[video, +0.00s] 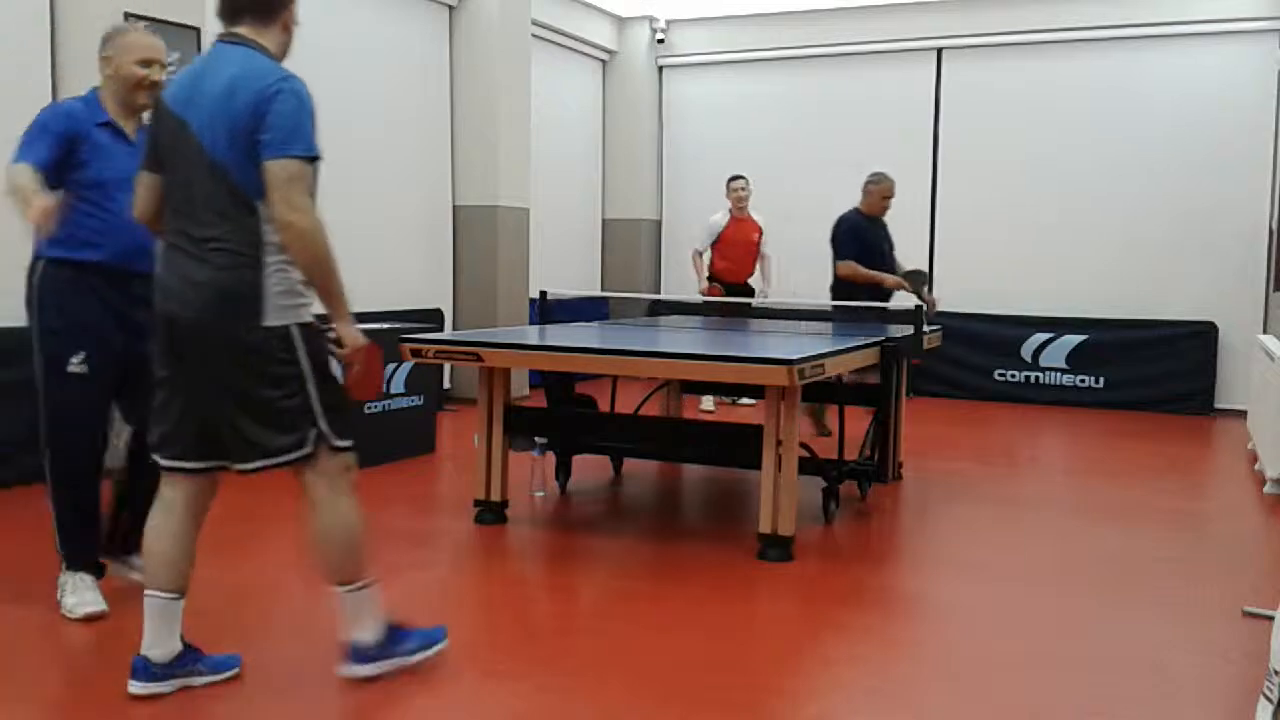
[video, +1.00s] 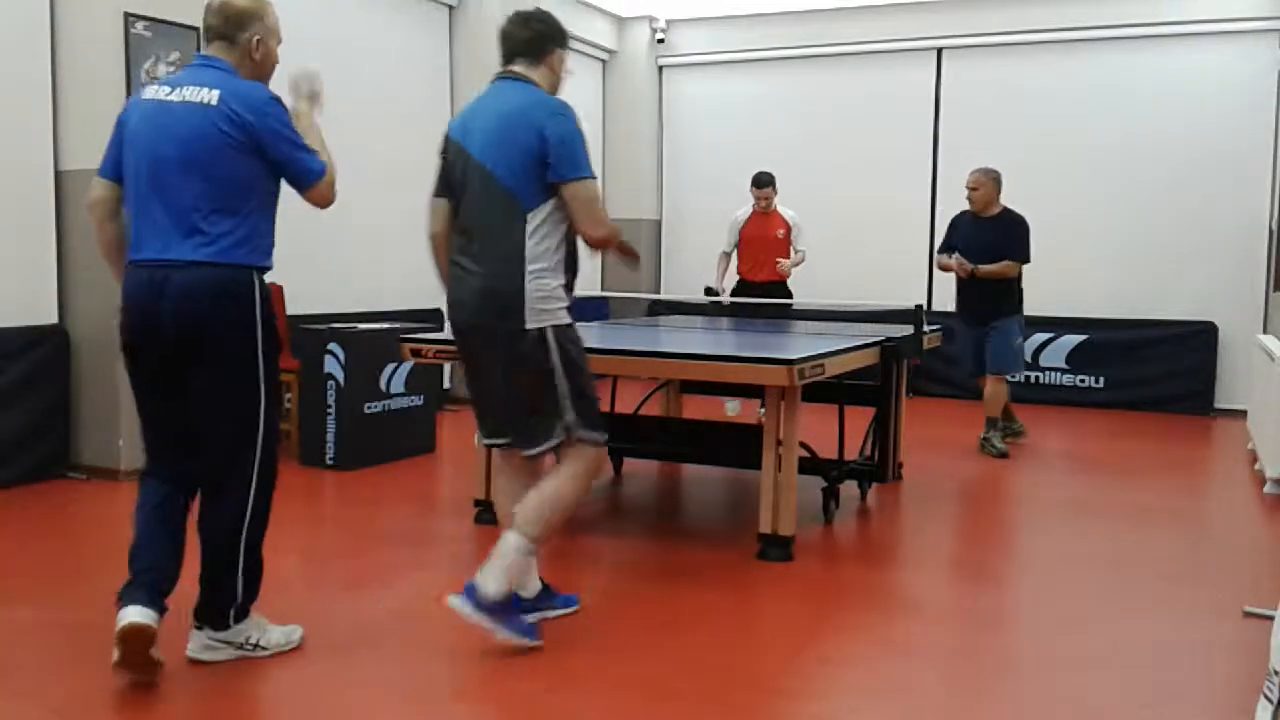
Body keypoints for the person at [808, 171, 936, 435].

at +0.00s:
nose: (888, 205)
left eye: (890, 199)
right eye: (884, 199)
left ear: (887, 197)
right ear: (867, 194)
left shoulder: (878, 225)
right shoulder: (847, 223)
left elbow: (890, 266)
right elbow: (844, 268)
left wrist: (919, 290)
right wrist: (884, 279)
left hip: (875, 310)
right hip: (850, 311)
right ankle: (818, 404)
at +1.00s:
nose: (968, 194)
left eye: (974, 190)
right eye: (967, 189)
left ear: (994, 191)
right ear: (969, 190)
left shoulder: (1015, 224)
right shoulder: (961, 221)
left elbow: (1013, 268)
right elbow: (941, 258)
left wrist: (974, 269)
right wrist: (951, 263)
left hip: (1004, 313)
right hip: (970, 313)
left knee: (996, 372)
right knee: (982, 374)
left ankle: (991, 432)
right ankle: (1010, 420)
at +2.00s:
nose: (936, 194)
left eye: (942, 188)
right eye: (931, 189)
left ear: (956, 189)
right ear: (927, 191)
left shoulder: (973, 219)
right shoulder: (929, 221)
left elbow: (990, 257)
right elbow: (922, 252)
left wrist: (963, 284)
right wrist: (904, 262)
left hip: (967, 307)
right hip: (935, 306)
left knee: (960, 366)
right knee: (922, 359)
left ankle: (958, 425)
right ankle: (920, 416)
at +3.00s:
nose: (942, 207)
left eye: (948, 201)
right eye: (937, 201)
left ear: (960, 202)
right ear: (931, 202)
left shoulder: (974, 231)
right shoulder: (927, 226)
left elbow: (992, 275)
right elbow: (915, 258)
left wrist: (978, 316)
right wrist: (916, 273)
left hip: (967, 315)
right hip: (935, 313)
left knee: (967, 372)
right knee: (923, 363)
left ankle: (971, 430)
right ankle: (917, 412)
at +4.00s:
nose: (930, 221)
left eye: (937, 216)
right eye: (926, 215)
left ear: (951, 216)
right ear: (921, 215)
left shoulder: (968, 240)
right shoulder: (920, 240)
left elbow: (994, 281)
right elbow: (903, 272)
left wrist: (975, 320)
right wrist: (908, 289)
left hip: (970, 319)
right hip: (937, 317)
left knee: (970, 371)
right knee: (928, 366)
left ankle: (972, 431)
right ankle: (927, 415)